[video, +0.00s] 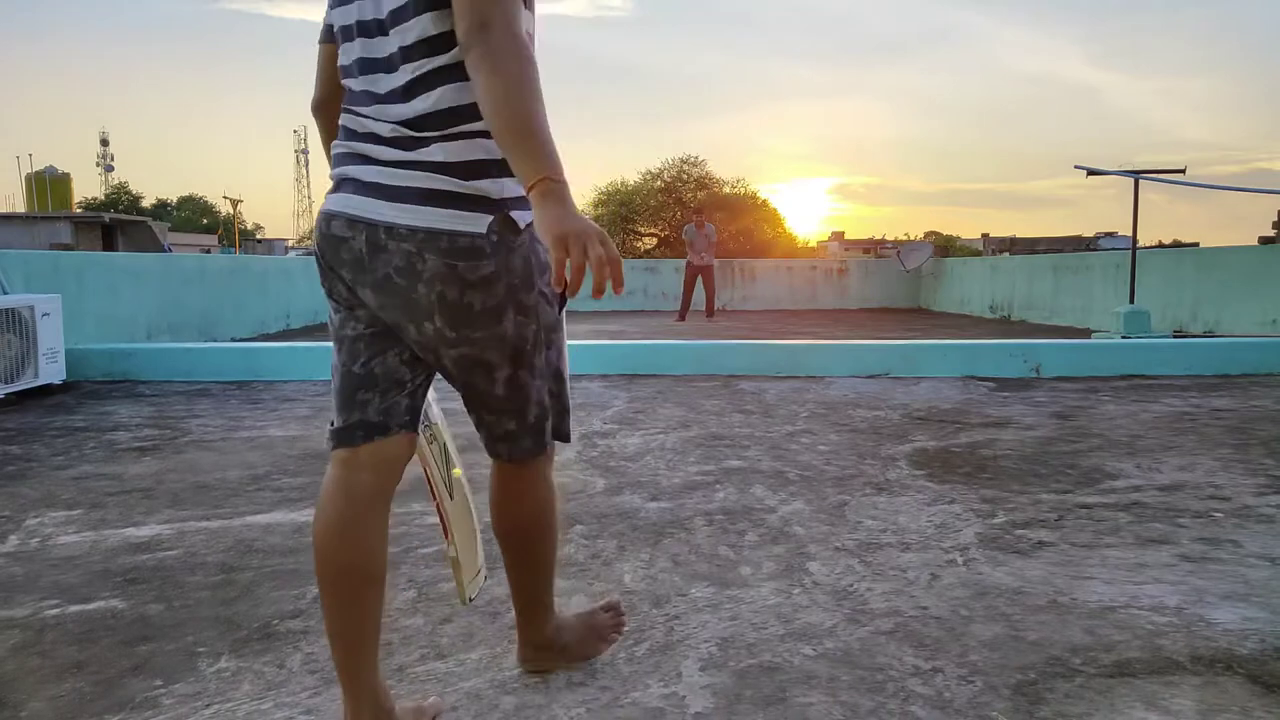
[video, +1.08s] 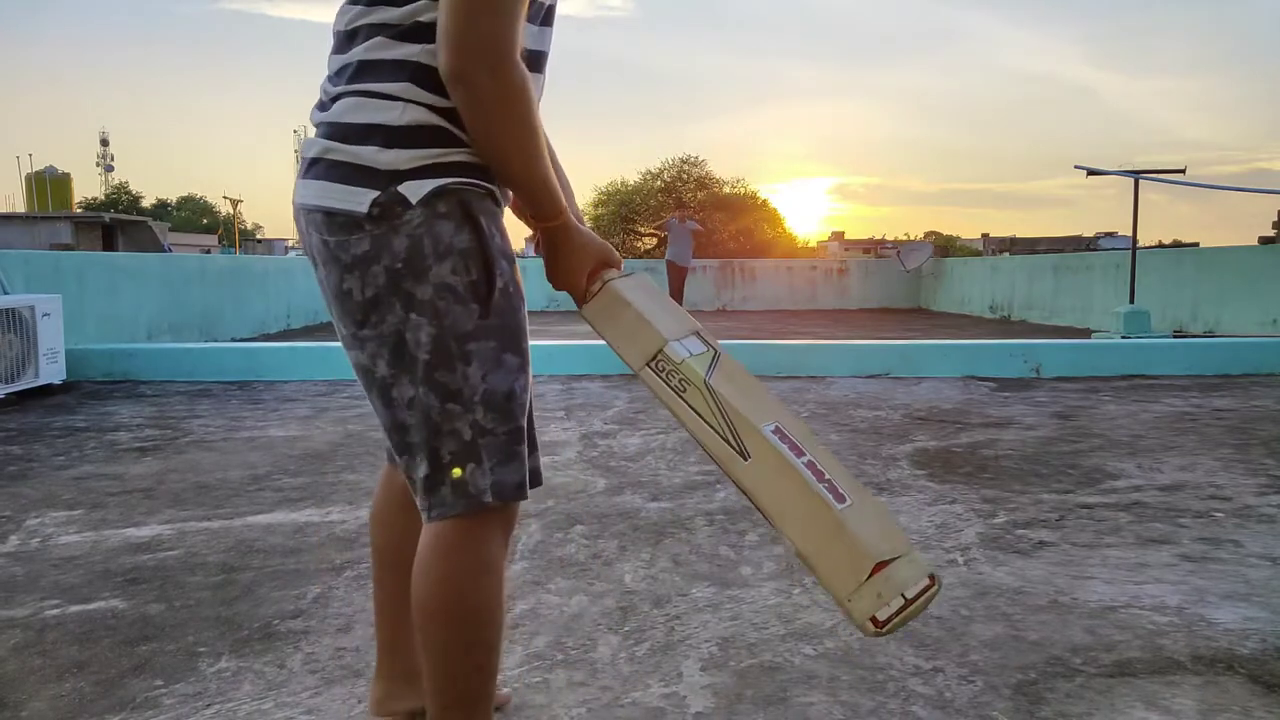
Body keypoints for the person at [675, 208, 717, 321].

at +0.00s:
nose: (699, 219)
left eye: (701, 217)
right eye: (696, 217)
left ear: (704, 217)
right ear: (693, 217)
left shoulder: (710, 229)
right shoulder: (688, 229)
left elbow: (712, 245)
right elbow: (687, 247)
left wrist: (707, 256)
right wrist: (695, 257)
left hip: (707, 264)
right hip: (692, 264)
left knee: (710, 291)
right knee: (687, 291)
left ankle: (710, 315)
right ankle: (681, 315)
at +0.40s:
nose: (693, 218)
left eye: (694, 215)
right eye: (691, 215)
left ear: (697, 215)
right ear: (686, 216)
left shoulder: (700, 227)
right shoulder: (681, 228)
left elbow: (705, 241)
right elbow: (684, 247)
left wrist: (708, 245)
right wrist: (702, 248)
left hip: (699, 264)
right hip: (685, 263)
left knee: (704, 290)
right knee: (681, 291)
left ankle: (709, 314)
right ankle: (678, 314)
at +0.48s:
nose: (693, 217)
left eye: (693, 214)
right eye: (690, 214)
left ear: (694, 215)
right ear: (684, 215)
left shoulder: (696, 226)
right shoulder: (677, 227)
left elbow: (702, 241)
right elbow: (678, 244)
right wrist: (697, 246)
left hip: (696, 263)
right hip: (682, 262)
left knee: (701, 290)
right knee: (679, 291)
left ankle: (707, 313)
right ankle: (678, 313)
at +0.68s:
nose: (686, 212)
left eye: (687, 209)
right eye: (684, 209)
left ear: (688, 211)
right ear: (679, 210)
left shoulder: (692, 223)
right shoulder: (672, 225)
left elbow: (697, 235)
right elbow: (669, 239)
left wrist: (699, 239)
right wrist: (687, 242)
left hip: (693, 259)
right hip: (679, 259)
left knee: (696, 285)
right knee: (679, 287)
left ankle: (691, 307)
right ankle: (678, 312)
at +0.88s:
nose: (682, 213)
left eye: (684, 210)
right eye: (680, 210)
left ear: (687, 211)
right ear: (675, 211)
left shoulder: (691, 223)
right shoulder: (671, 224)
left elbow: (701, 236)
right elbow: (662, 235)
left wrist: (691, 233)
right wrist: (674, 233)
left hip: (688, 258)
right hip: (675, 257)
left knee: (685, 285)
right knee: (678, 285)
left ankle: (682, 309)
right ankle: (677, 310)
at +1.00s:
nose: (682, 214)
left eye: (684, 211)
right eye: (679, 211)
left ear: (687, 212)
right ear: (675, 213)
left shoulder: (692, 225)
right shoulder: (673, 224)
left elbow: (703, 234)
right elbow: (658, 231)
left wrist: (692, 231)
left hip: (686, 259)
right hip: (673, 259)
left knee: (680, 288)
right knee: (676, 287)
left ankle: (678, 311)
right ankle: (676, 311)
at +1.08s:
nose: (682, 213)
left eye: (684, 211)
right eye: (679, 211)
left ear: (687, 212)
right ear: (676, 213)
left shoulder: (691, 224)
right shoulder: (672, 224)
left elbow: (702, 231)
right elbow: (656, 227)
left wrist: (687, 226)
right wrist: (668, 219)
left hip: (685, 259)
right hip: (672, 258)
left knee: (680, 286)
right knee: (673, 286)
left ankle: (679, 308)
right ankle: (673, 309)